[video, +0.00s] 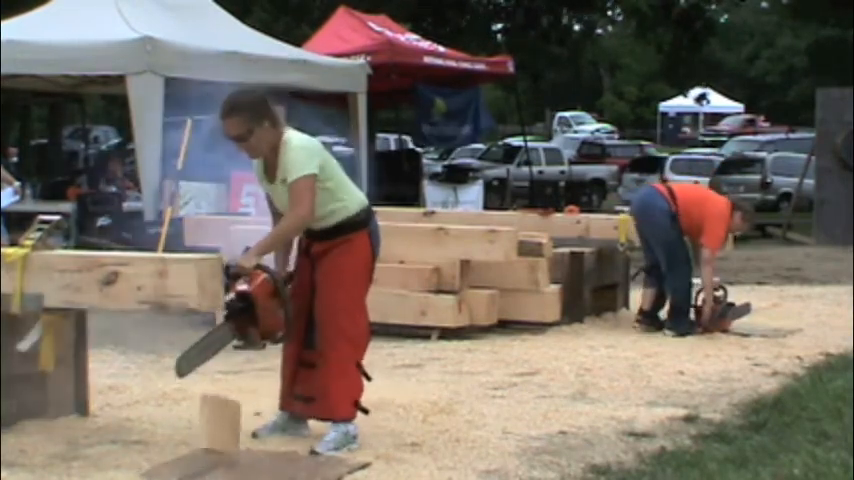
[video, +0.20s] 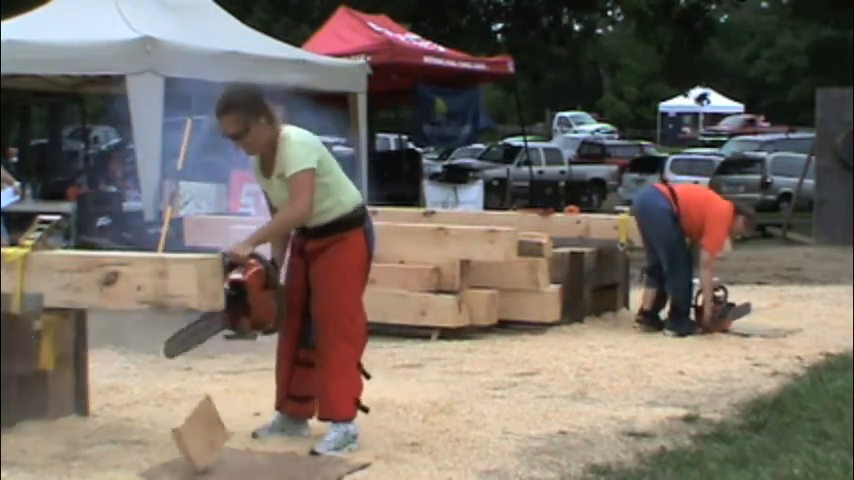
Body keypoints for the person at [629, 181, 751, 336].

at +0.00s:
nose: (737, 232)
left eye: (741, 230)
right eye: (741, 228)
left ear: (736, 214)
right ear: (738, 216)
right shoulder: (720, 212)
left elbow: (699, 248)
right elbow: (706, 261)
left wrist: (707, 279)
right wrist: (708, 304)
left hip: (644, 200)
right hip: (658, 207)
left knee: (655, 265)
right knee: (680, 268)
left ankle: (647, 313)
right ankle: (678, 321)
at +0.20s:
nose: (737, 235)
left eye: (742, 234)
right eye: (741, 232)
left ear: (738, 217)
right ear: (740, 219)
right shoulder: (722, 213)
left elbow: (699, 252)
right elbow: (705, 262)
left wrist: (707, 290)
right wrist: (707, 308)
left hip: (645, 200)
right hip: (660, 207)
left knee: (657, 264)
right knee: (680, 267)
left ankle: (647, 313)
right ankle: (679, 321)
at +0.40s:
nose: (738, 231)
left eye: (742, 229)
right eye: (742, 227)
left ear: (737, 214)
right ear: (739, 216)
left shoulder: (716, 206)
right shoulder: (721, 212)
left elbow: (701, 253)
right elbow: (706, 261)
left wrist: (707, 288)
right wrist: (706, 309)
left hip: (645, 200)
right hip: (657, 207)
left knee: (657, 265)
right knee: (680, 266)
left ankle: (647, 313)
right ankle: (679, 321)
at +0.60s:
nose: (737, 224)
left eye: (742, 222)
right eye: (741, 220)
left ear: (736, 207)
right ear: (737, 208)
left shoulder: (716, 200)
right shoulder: (718, 206)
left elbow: (699, 245)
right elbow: (698, 245)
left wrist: (707, 279)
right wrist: (698, 280)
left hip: (644, 200)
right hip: (656, 206)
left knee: (657, 264)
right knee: (675, 263)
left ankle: (647, 313)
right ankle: (678, 320)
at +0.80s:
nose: (738, 219)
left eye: (742, 216)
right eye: (740, 214)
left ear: (732, 203)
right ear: (734, 205)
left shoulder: (711, 197)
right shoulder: (715, 203)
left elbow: (692, 243)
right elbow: (699, 247)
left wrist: (701, 277)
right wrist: (707, 280)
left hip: (639, 199)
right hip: (652, 205)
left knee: (650, 265)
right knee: (674, 267)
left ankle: (637, 313)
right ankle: (679, 322)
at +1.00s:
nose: (733, 219)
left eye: (737, 215)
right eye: (735, 214)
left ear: (726, 203)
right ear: (730, 207)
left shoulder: (707, 197)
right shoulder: (714, 214)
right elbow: (697, 250)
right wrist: (708, 280)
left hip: (636, 200)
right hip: (654, 210)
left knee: (649, 266)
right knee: (678, 267)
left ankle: (636, 313)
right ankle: (678, 321)